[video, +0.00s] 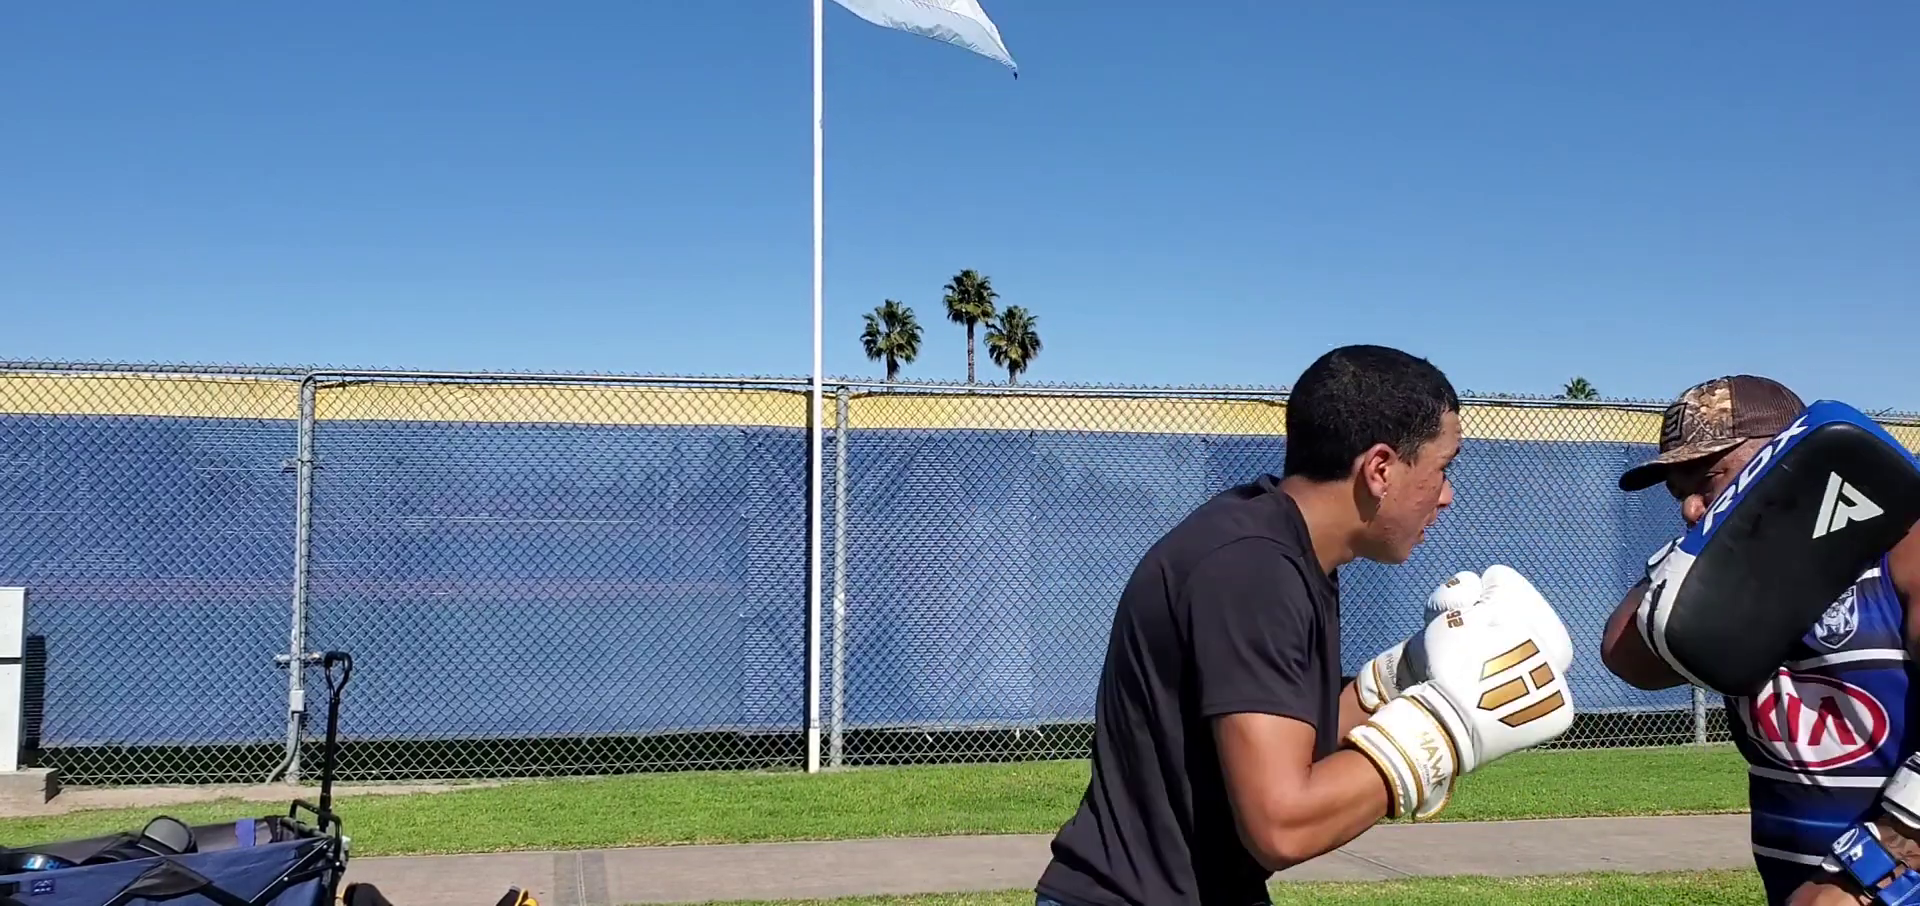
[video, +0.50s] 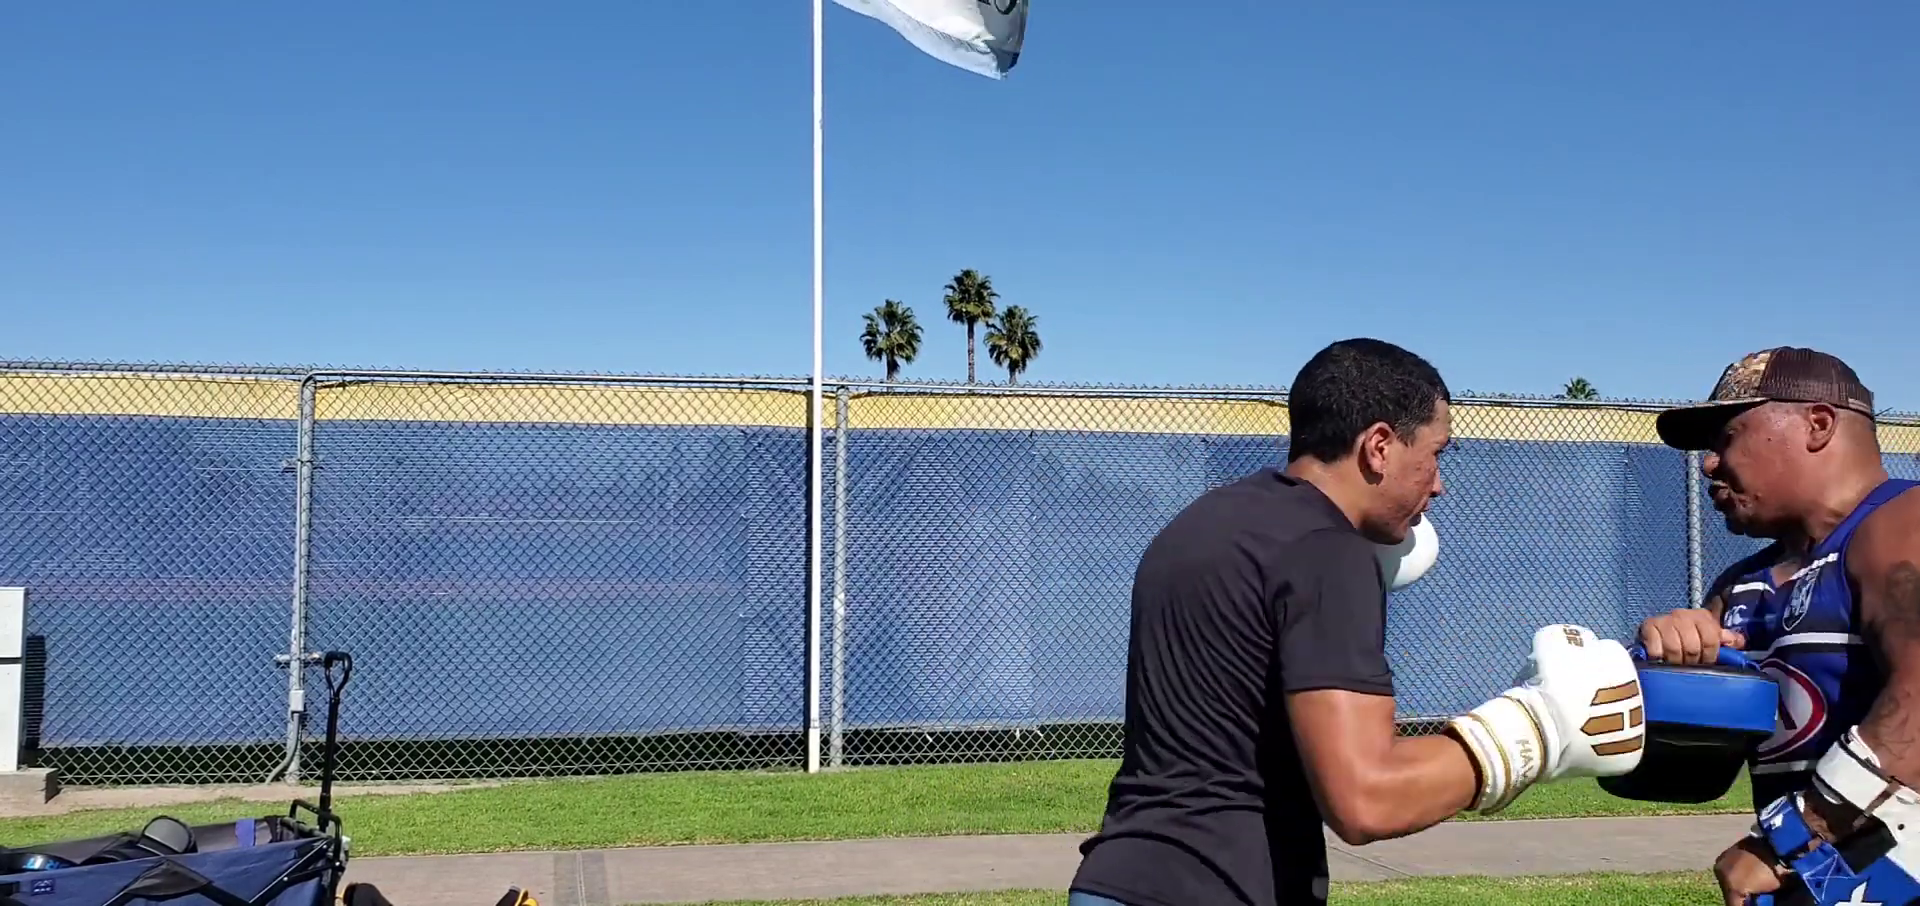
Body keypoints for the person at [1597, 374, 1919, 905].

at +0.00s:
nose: (1689, 507)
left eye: (1706, 477)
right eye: (1679, 490)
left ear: (1782, 449)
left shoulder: (1900, 534)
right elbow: (1624, 656)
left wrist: (1866, 871)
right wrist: (1703, 541)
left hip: (1892, 875)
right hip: (1789, 867)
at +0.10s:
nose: (1683, 511)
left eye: (1699, 481)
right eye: (1672, 495)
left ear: (1769, 454)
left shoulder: (1900, 543)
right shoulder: (1709, 573)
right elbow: (1610, 657)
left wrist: (1874, 869)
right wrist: (1693, 539)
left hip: (1890, 878)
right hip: (1786, 871)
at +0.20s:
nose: (1674, 507)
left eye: (1685, 482)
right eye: (1666, 492)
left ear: (1749, 455)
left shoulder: (1897, 544)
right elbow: (1595, 655)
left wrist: (1879, 870)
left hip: (1887, 884)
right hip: (1785, 875)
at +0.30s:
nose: (1667, 504)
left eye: (1678, 479)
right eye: (1664, 485)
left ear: (1743, 464)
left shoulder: (1897, 547)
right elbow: (1627, 666)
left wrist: (1894, 862)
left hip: (1884, 887)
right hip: (1793, 881)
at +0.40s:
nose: (1683, 480)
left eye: (1701, 444)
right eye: (1688, 458)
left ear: (1785, 434)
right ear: (1785, 436)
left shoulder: (1892, 527)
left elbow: (1916, 709)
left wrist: (1806, 875)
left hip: (1891, 886)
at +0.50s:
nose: (1708, 464)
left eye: (1727, 437)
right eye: (1710, 446)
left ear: (1817, 425)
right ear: (1816, 426)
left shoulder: (1896, 527)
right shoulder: (1743, 583)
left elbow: (1915, 692)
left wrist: (1786, 839)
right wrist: (1665, 650)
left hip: (1885, 874)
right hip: (1801, 877)